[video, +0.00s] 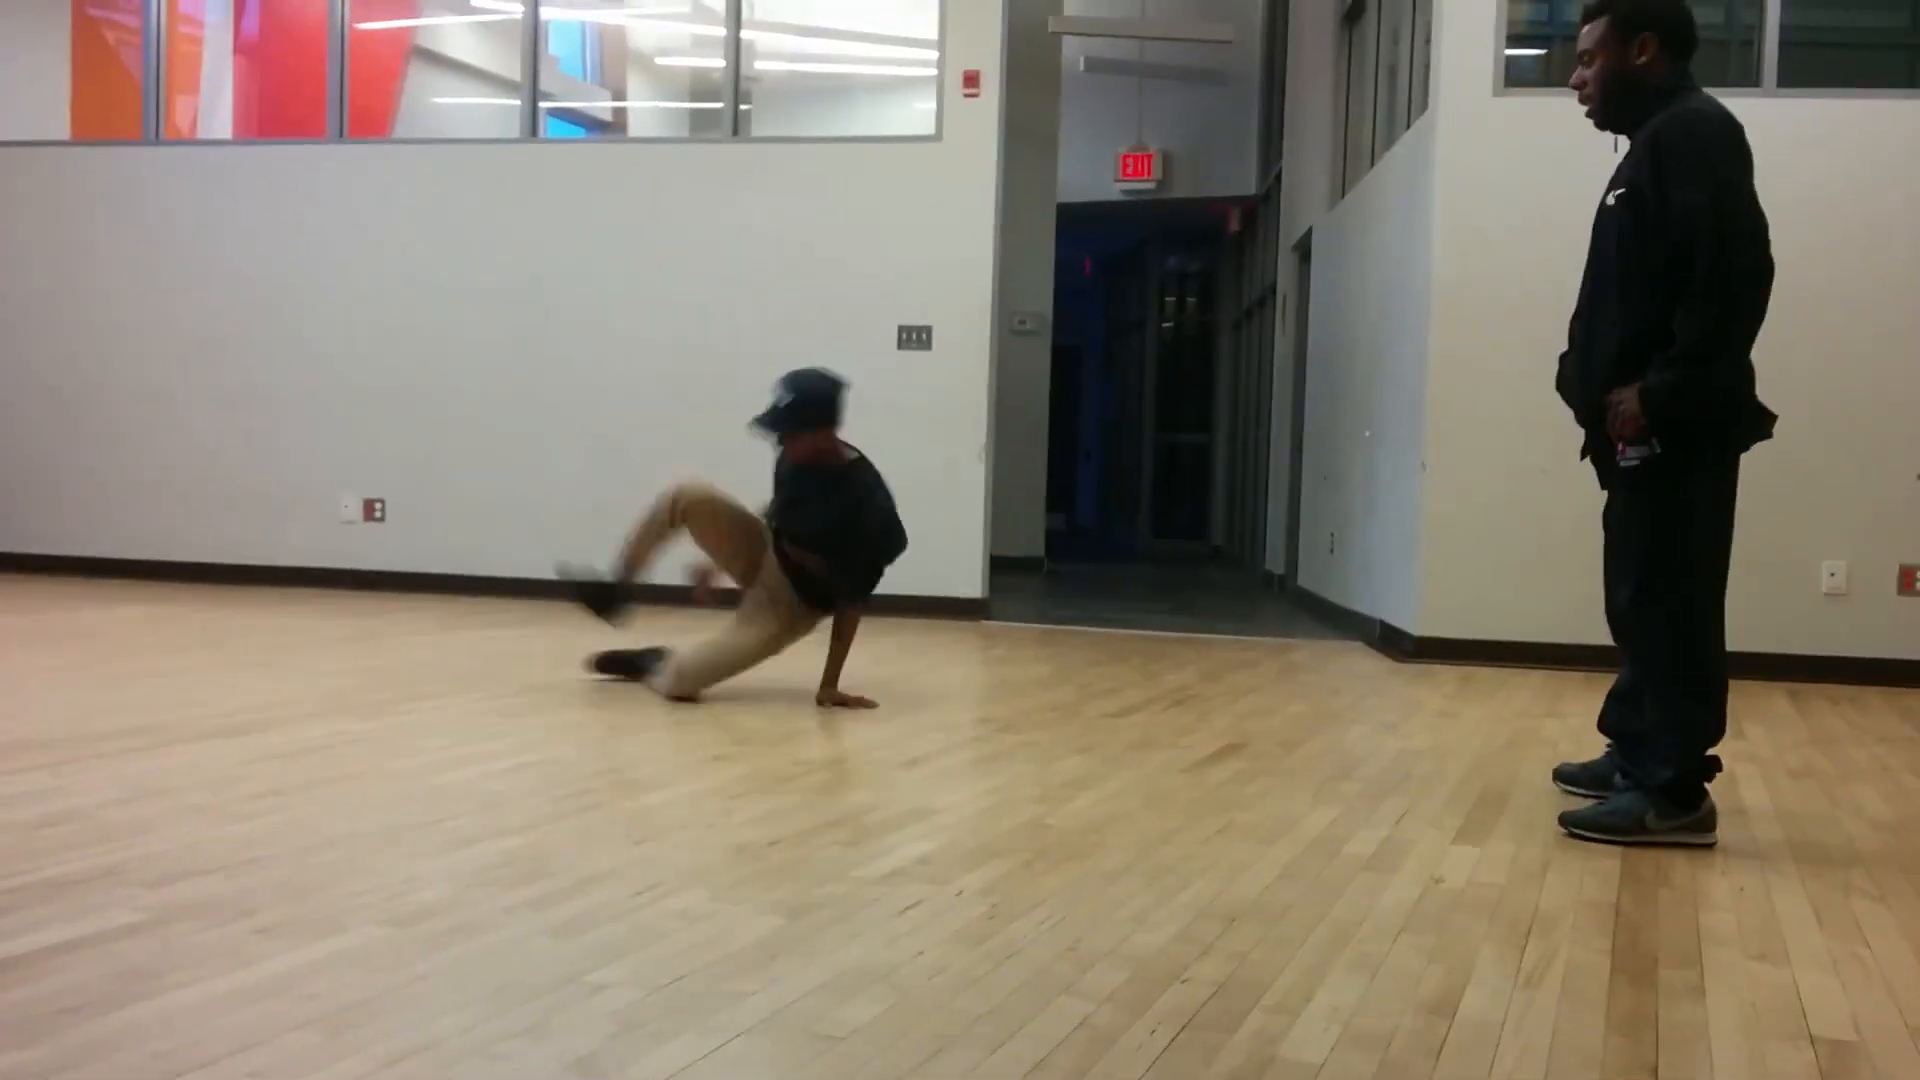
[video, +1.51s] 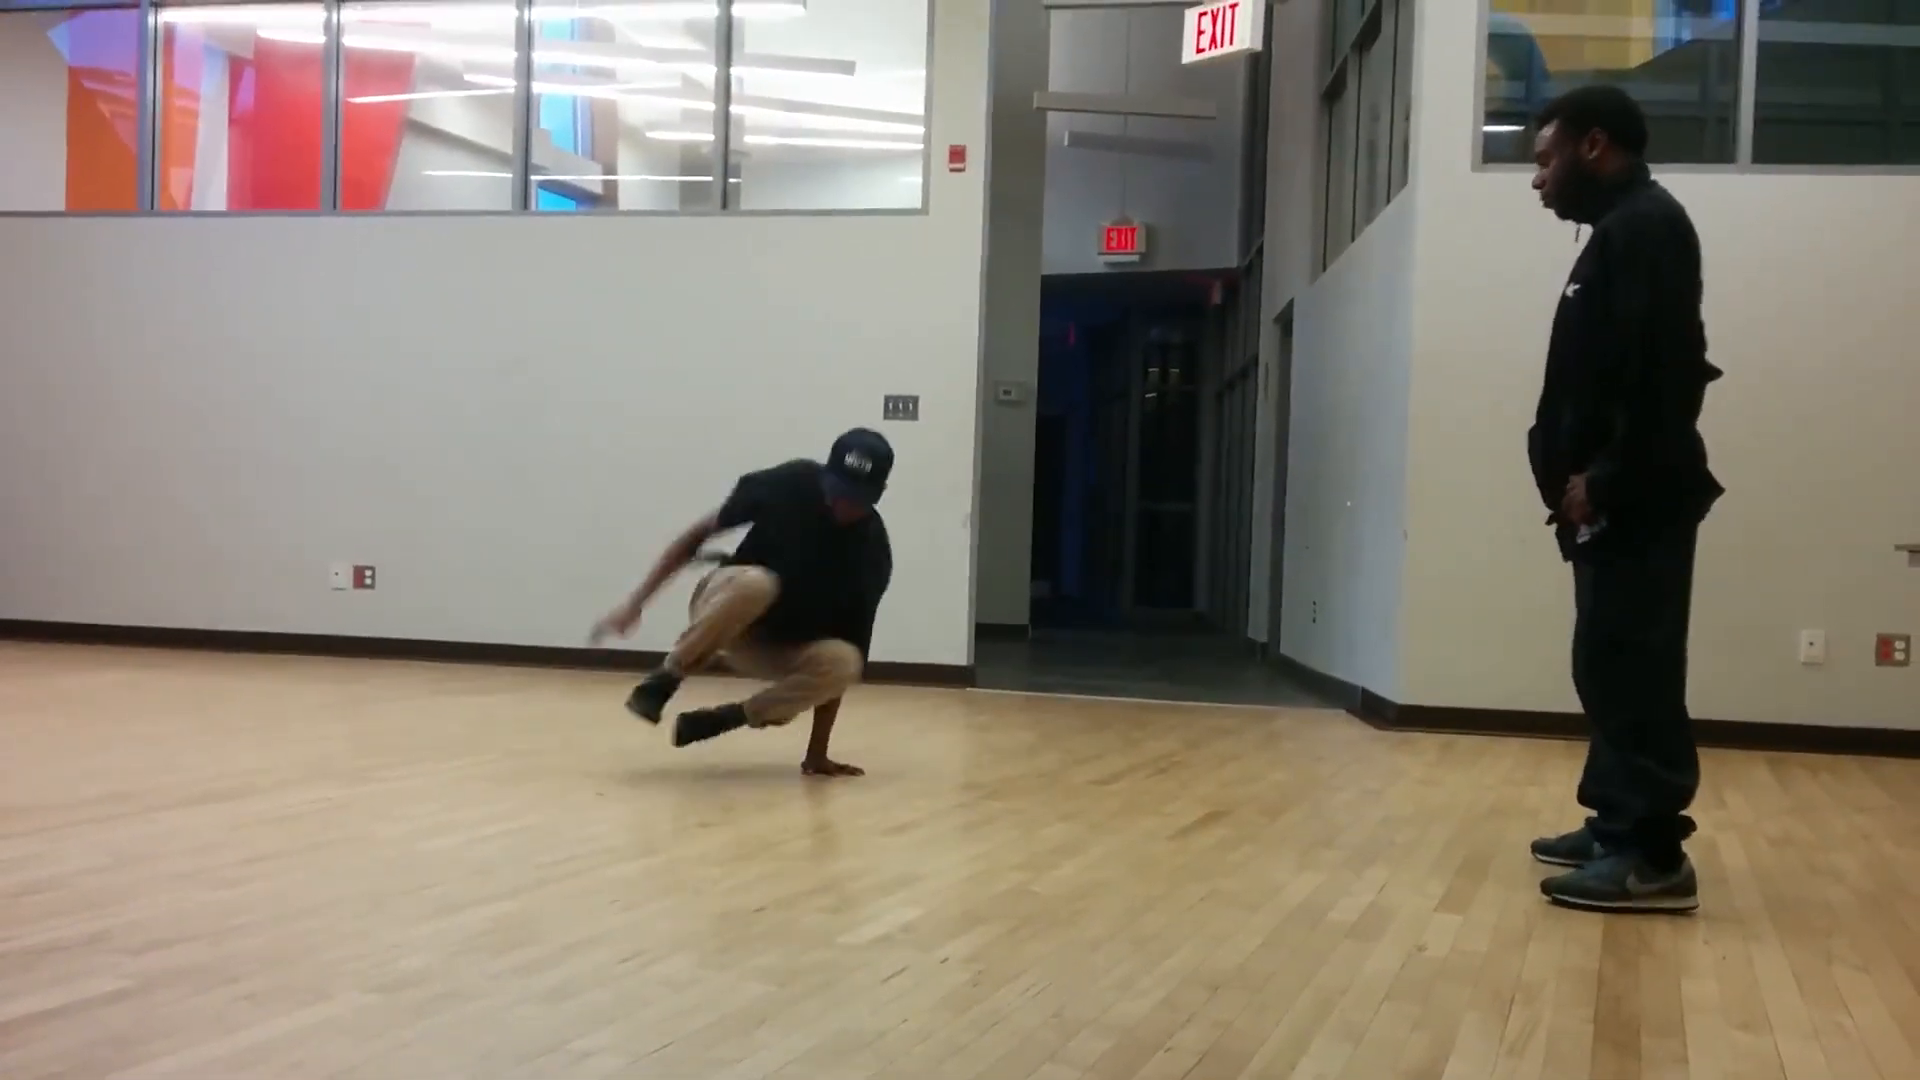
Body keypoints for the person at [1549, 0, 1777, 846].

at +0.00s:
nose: (1575, 78)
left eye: (1587, 57)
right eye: (1575, 60)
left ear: (1645, 51)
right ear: (1641, 56)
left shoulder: (1696, 134)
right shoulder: (1664, 136)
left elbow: (1733, 281)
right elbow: (1679, 283)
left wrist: (1657, 393)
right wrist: (1620, 389)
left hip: (1683, 428)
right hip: (1652, 426)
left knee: (1672, 603)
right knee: (1643, 598)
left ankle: (1674, 792)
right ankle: (1638, 757)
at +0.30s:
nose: (1558, 100)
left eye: (1566, 79)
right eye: (1557, 82)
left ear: (1617, 65)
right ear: (1619, 70)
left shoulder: (1676, 143)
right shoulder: (1647, 149)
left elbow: (1697, 300)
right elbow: (1645, 296)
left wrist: (1634, 407)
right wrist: (1594, 391)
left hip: (1663, 440)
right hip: (1630, 437)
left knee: (1657, 617)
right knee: (1625, 613)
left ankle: (1667, 807)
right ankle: (1626, 773)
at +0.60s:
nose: (1548, 120)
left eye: (1557, 99)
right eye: (1548, 101)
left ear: (1605, 90)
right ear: (1609, 93)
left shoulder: (1645, 171)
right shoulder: (1638, 169)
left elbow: (1679, 328)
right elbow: (1680, 327)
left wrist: (1597, 434)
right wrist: (1578, 426)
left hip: (1645, 462)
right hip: (1625, 460)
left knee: (1646, 636)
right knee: (1622, 631)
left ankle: (1659, 824)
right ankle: (1622, 793)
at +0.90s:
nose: (1531, 150)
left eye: (1540, 130)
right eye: (1531, 131)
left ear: (1585, 124)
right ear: (1593, 125)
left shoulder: (1623, 204)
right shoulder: (1630, 197)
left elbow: (1662, 343)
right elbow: (1700, 333)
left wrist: (1595, 460)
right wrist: (1604, 447)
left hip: (1646, 483)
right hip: (1635, 480)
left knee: (1644, 652)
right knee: (1623, 647)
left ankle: (1656, 840)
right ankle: (1623, 808)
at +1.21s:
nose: (1524, 175)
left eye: (1532, 155)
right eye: (1522, 157)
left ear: (1580, 146)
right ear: (1583, 147)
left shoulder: (1628, 224)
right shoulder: (1615, 221)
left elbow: (1657, 363)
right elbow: (1623, 363)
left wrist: (1596, 475)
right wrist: (1570, 463)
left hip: (1643, 492)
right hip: (1618, 491)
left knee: (1637, 658)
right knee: (1611, 654)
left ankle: (1647, 841)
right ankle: (1617, 814)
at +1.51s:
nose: (1538, 181)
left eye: (1546, 161)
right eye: (1536, 163)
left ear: (1596, 148)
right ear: (1599, 150)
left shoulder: (1648, 227)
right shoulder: (1626, 226)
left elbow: (1666, 378)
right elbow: (1631, 374)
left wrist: (1598, 479)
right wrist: (1572, 469)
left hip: (1644, 499)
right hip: (1619, 498)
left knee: (1631, 666)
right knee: (1611, 662)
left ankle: (1653, 857)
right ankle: (1619, 827)